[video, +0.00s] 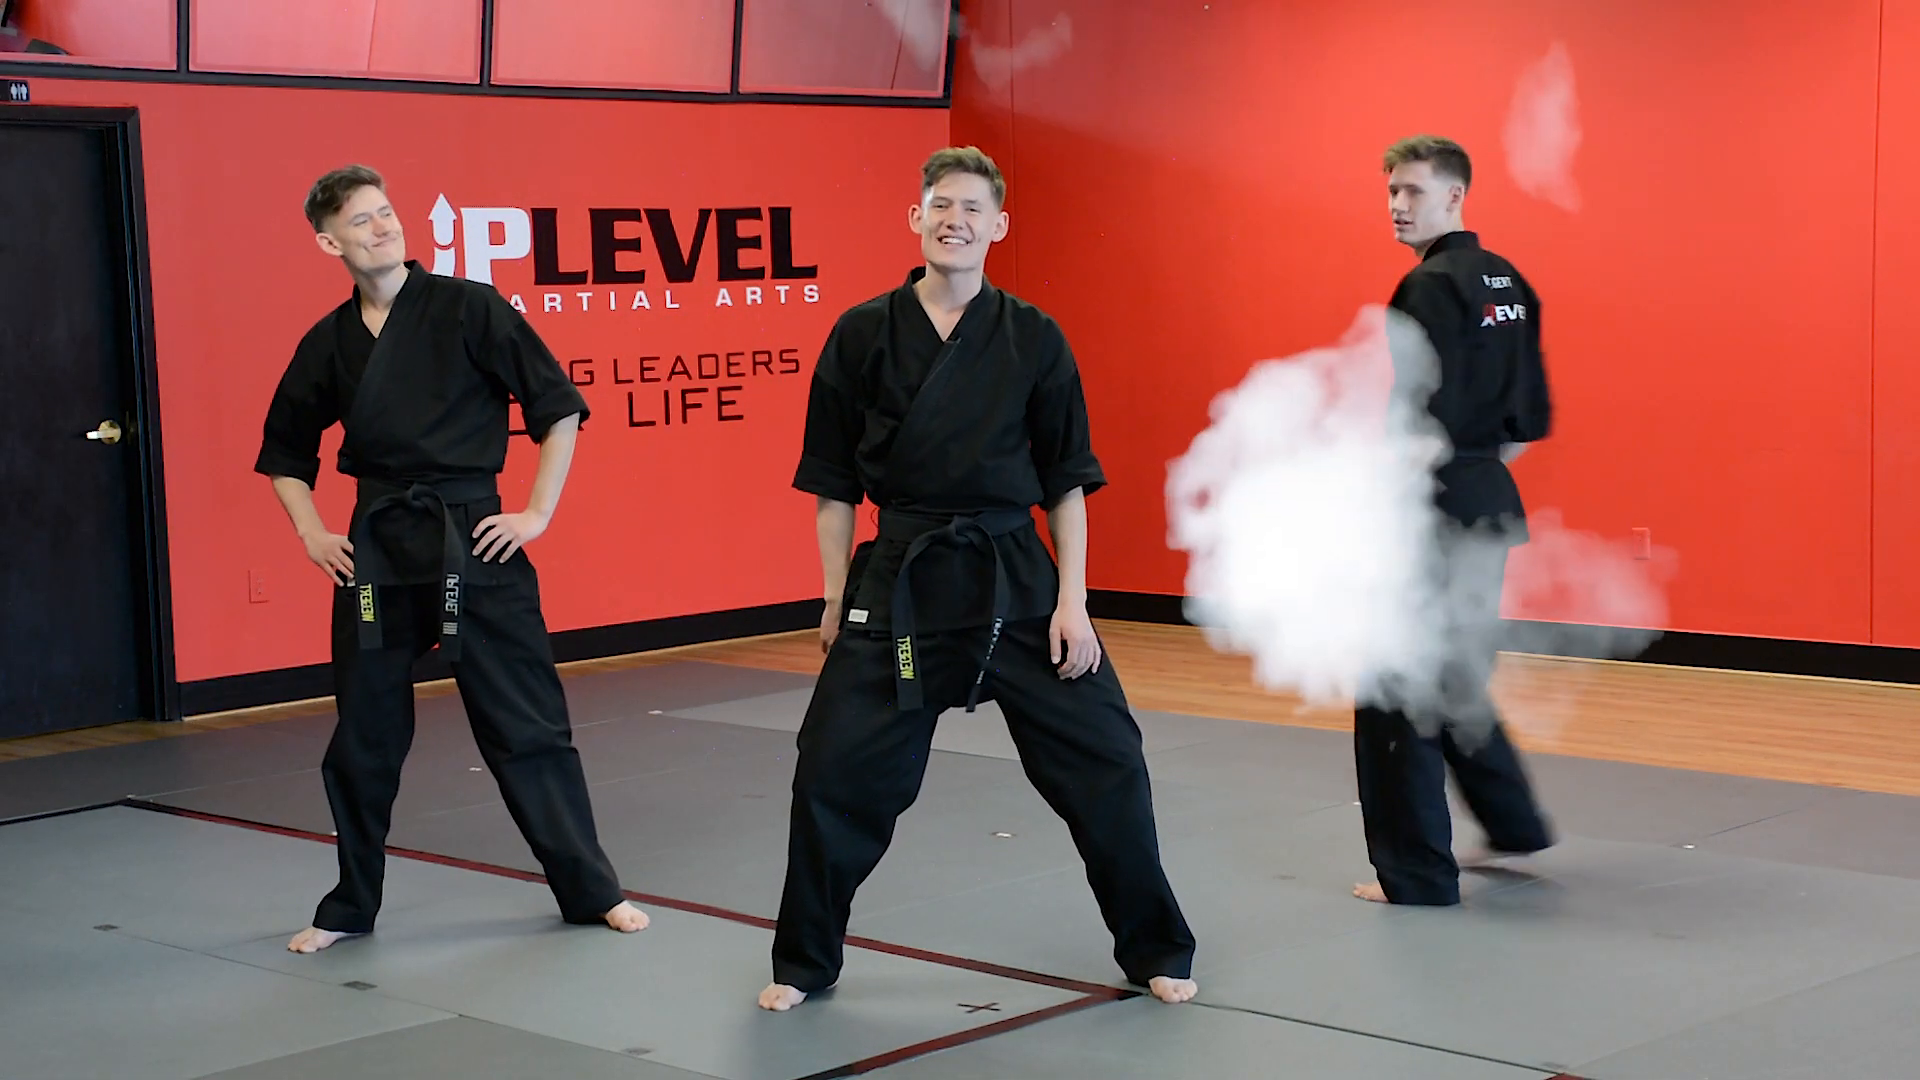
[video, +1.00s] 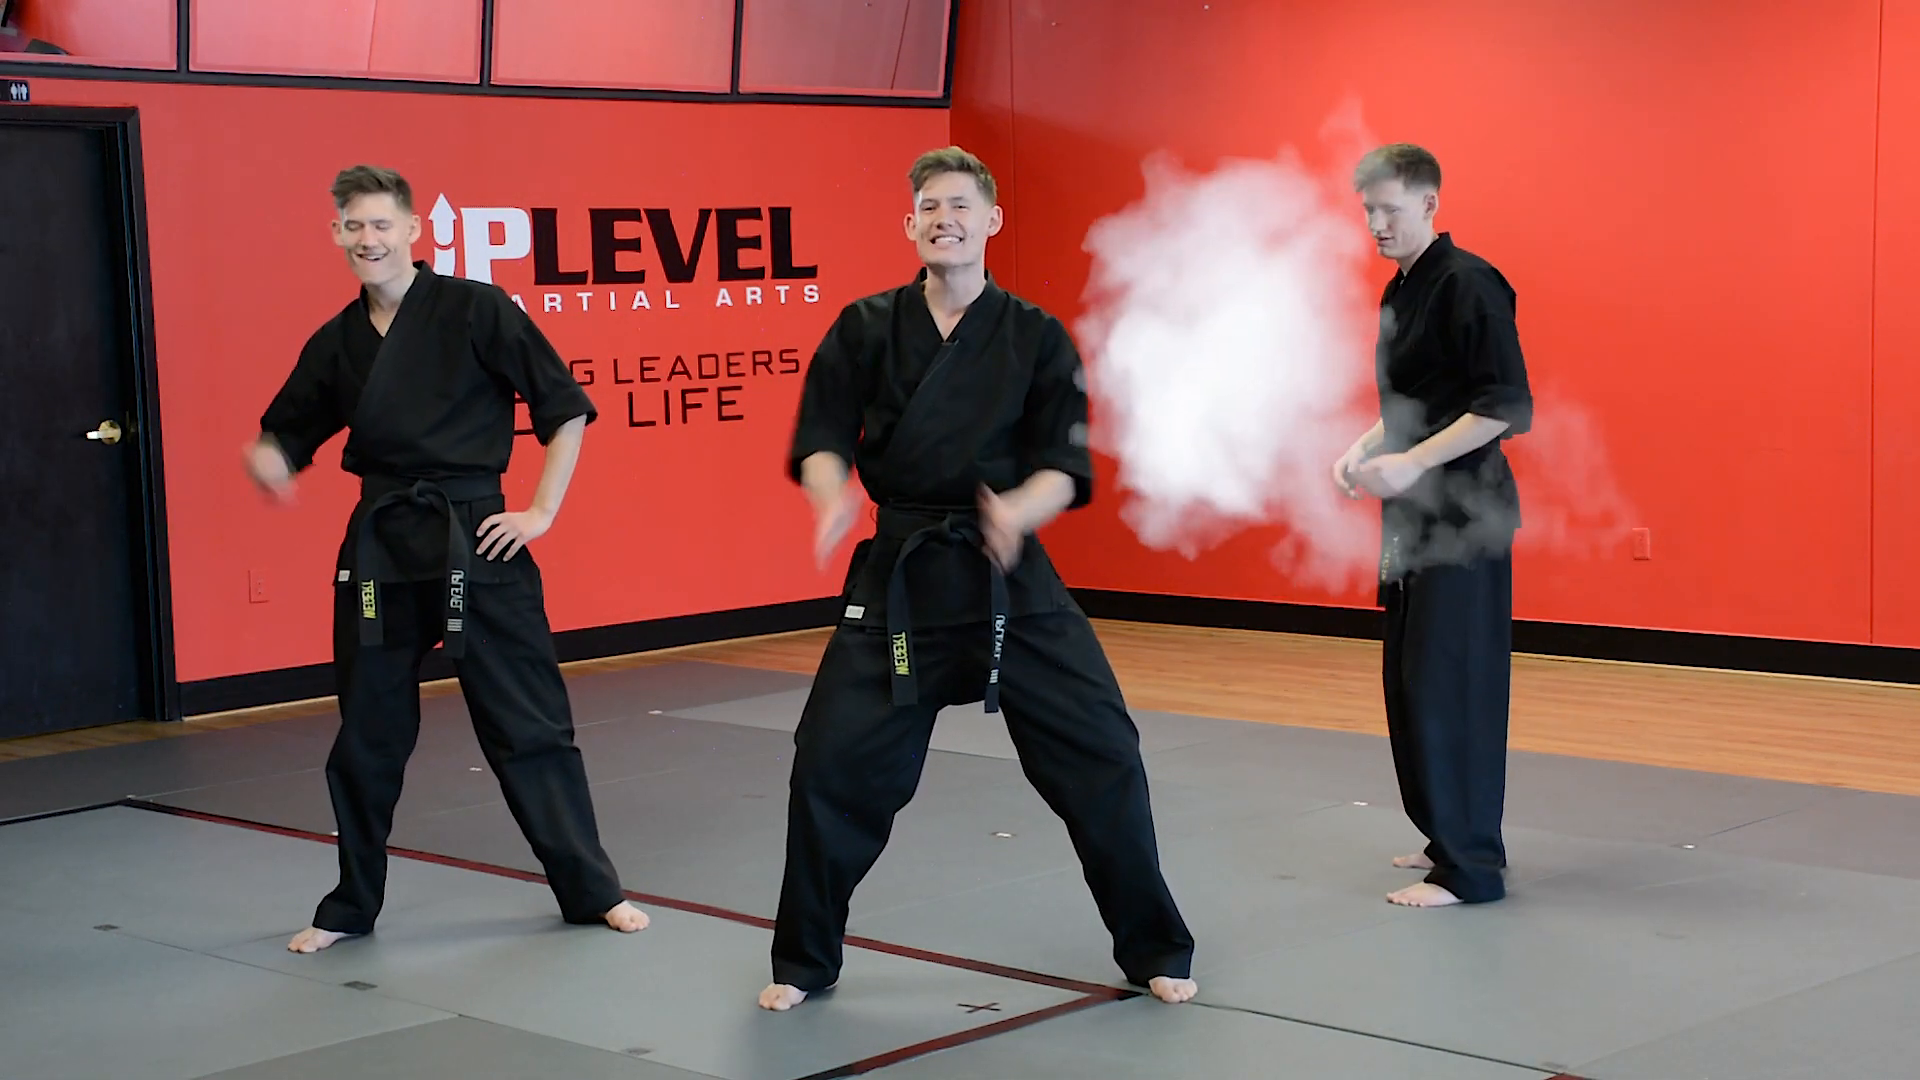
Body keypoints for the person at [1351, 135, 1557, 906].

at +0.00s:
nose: (1395, 205)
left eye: (1410, 191)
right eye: (1392, 192)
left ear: (1455, 196)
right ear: (1440, 200)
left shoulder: (1425, 291)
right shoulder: (1511, 283)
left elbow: (1413, 422)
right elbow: (1529, 418)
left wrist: (1359, 480)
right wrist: (1448, 444)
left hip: (1425, 512)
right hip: (1487, 512)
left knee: (1392, 685)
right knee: (1455, 677)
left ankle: (1417, 873)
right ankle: (1517, 832)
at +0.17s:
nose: (1412, 207)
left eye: (1428, 194)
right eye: (1402, 195)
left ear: (1458, 199)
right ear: (1390, 204)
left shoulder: (1465, 284)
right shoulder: (1431, 282)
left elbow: (1485, 413)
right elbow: (1431, 403)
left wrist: (1410, 499)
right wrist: (1388, 483)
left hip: (1456, 512)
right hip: (1437, 507)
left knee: (1409, 688)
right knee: (1424, 683)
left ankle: (1420, 873)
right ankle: (1470, 838)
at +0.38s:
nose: (1405, 205)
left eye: (1420, 192)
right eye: (1394, 192)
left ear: (1451, 201)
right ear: (1381, 201)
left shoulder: (1471, 285)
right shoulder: (1411, 289)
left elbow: (1509, 413)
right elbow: (1412, 419)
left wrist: (1448, 504)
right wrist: (1391, 523)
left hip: (1458, 514)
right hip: (1417, 511)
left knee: (1442, 690)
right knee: (1414, 684)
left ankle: (1471, 869)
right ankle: (1452, 844)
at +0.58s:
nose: (1398, 204)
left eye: (1414, 191)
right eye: (1388, 192)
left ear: (1446, 200)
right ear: (1376, 203)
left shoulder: (1473, 282)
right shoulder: (1401, 294)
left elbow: (1512, 408)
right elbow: (1410, 417)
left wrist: (1454, 497)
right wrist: (1365, 474)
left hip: (1462, 513)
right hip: (1413, 511)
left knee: (1457, 689)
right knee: (1415, 685)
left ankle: (1472, 870)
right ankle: (1451, 843)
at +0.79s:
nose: (1390, 213)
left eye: (1405, 199)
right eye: (1380, 200)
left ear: (1439, 203)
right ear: (1370, 206)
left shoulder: (1475, 284)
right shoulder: (1397, 293)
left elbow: (1513, 407)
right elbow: (1416, 416)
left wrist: (1442, 484)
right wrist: (1364, 461)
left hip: (1466, 522)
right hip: (1417, 519)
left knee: (1456, 692)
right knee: (1413, 687)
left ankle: (1472, 871)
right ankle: (1450, 843)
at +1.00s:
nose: (1378, 226)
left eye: (1389, 211)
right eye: (1370, 213)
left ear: (1431, 203)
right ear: (1367, 213)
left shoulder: (1473, 285)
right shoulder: (1400, 294)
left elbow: (1504, 407)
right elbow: (1409, 405)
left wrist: (1416, 459)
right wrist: (1364, 447)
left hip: (1463, 526)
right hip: (1416, 523)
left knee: (1455, 692)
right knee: (1415, 688)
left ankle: (1472, 870)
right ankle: (1452, 843)